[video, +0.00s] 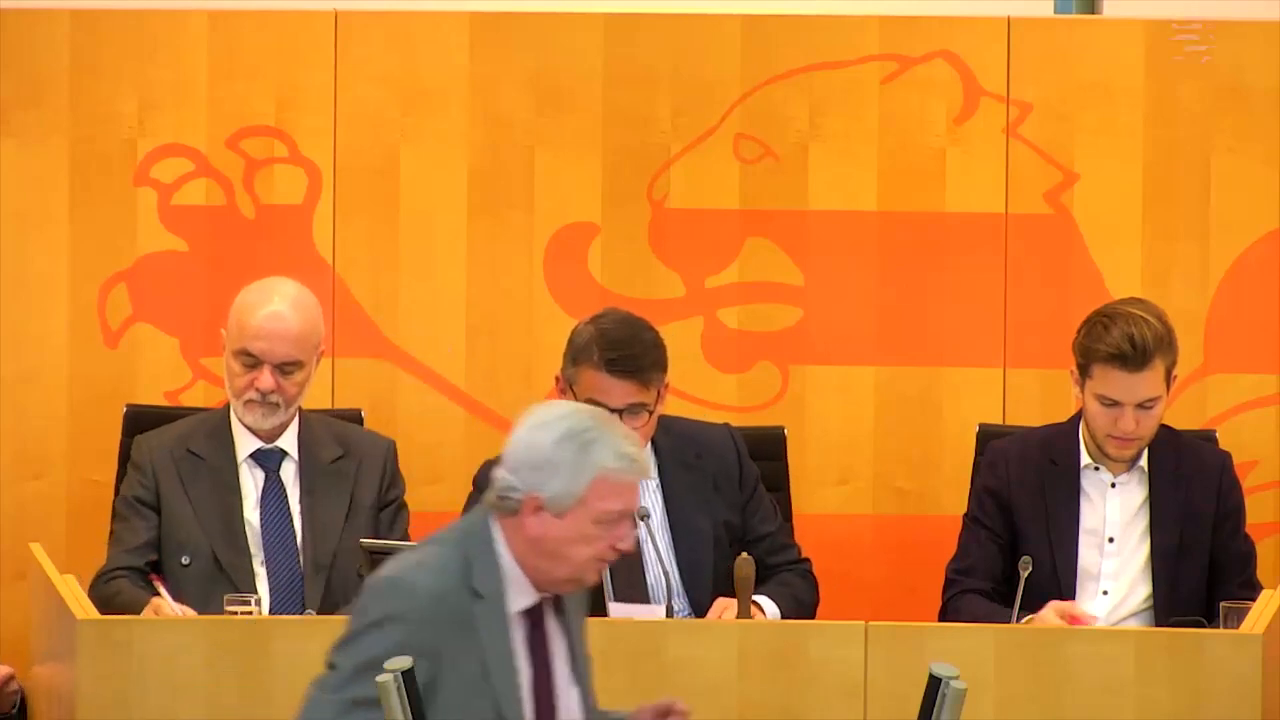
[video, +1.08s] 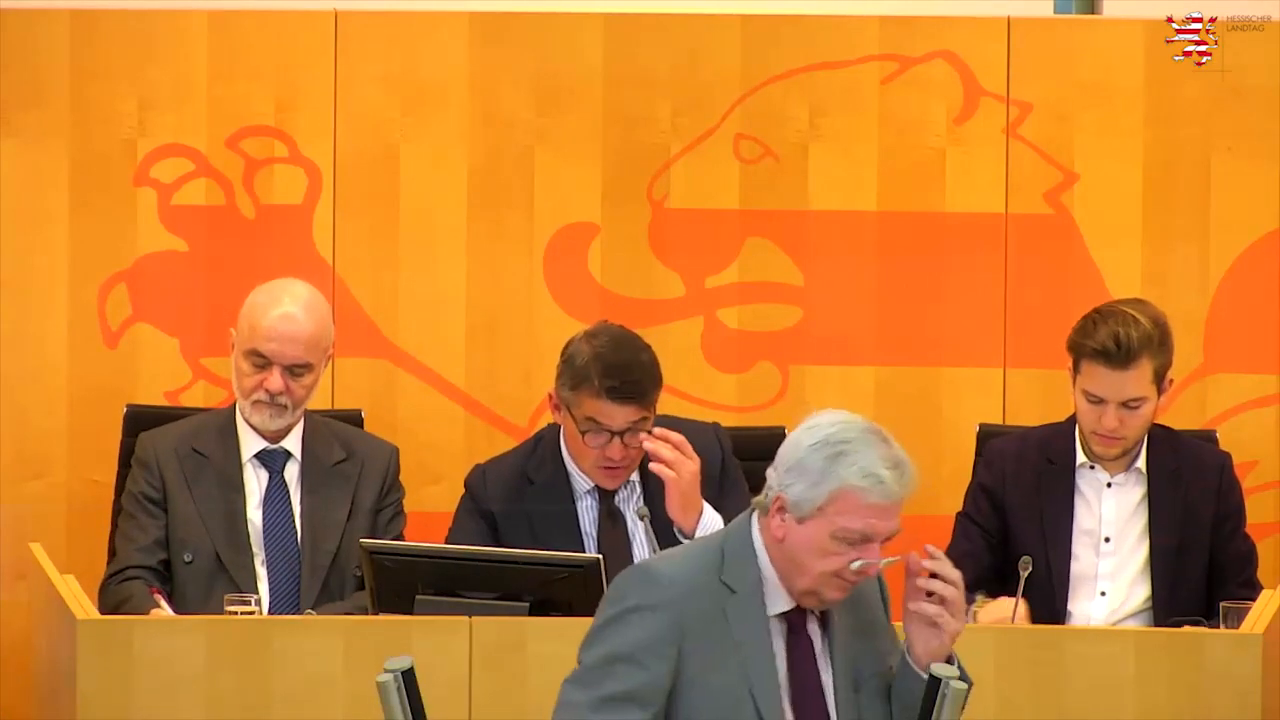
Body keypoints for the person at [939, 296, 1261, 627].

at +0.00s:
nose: (1126, 424)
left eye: (1146, 404)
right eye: (1108, 402)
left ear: (1170, 389)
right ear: (1078, 381)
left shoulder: (1208, 471)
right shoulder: (1010, 465)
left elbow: (1240, 608)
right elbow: (961, 603)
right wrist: (1023, 628)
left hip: (1166, 677)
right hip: (1042, 673)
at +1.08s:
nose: (1110, 423)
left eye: (1131, 405)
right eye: (1093, 400)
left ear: (1163, 392)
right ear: (1073, 380)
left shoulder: (1206, 472)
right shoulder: (1008, 461)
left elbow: (1242, 608)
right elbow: (954, 591)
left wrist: (1210, 639)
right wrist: (984, 611)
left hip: (1163, 676)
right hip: (1037, 673)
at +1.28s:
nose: (1103, 422)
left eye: (1126, 405)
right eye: (1089, 399)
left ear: (1159, 394)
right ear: (1070, 378)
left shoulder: (1203, 473)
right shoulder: (1005, 460)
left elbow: (1243, 606)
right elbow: (934, 588)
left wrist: (1172, 621)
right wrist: (963, 620)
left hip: (1157, 678)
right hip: (1030, 670)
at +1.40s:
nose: (1100, 422)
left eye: (1123, 405)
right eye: (1086, 398)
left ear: (1155, 394)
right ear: (1066, 377)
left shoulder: (1199, 473)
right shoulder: (1003, 460)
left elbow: (1229, 607)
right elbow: (936, 593)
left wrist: (1121, 626)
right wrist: (963, 618)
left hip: (1151, 675)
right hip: (1026, 667)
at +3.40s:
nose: (1094, 443)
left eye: (1121, 434)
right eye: (1086, 417)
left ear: (1160, 420)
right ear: (1074, 385)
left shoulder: (1197, 476)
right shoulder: (1000, 459)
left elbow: (1238, 600)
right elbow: (945, 586)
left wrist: (1164, 644)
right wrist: (956, 645)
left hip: (1147, 678)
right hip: (1022, 670)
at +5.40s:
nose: (1108, 447)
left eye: (1134, 438)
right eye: (1100, 420)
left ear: (1167, 424)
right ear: (1083, 383)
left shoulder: (1200, 478)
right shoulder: (1003, 457)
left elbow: (1237, 601)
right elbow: (953, 583)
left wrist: (1168, 644)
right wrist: (952, 634)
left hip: (1151, 680)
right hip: (1025, 672)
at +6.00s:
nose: (1103, 433)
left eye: (1130, 421)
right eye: (1094, 406)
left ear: (1163, 408)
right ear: (1076, 377)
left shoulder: (1200, 477)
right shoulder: (1001, 459)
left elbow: (1238, 603)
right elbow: (956, 584)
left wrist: (1153, 641)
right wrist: (942, 618)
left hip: (1152, 679)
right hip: (1025, 669)